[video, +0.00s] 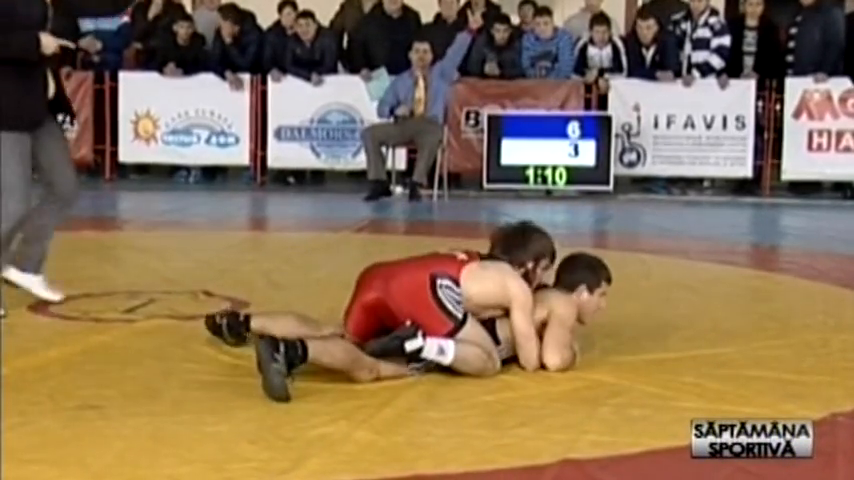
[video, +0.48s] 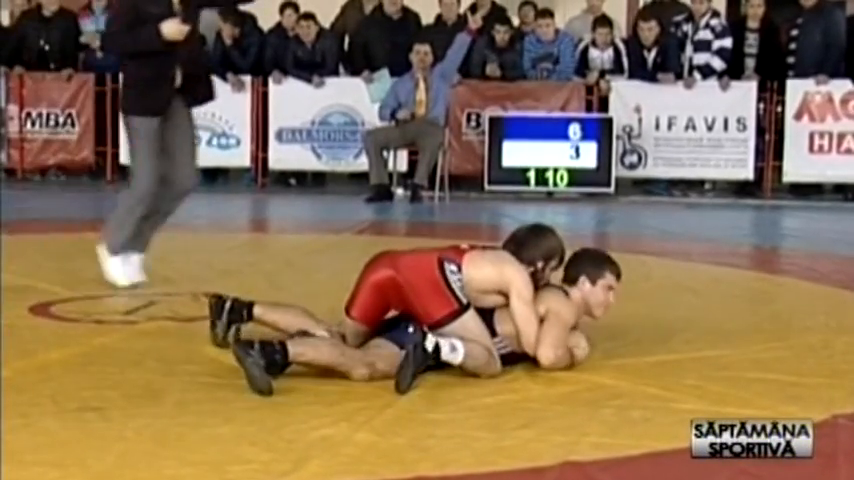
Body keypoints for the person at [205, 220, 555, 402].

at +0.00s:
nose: (545, 272)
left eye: (547, 265)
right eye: (545, 265)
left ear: (504, 253)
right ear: (532, 264)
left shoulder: (475, 264)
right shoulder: (515, 285)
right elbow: (528, 360)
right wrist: (536, 324)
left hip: (374, 280)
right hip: (413, 288)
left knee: (349, 347)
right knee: (483, 361)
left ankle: (247, 321)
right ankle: (417, 345)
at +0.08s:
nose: (549, 266)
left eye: (551, 259)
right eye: (549, 259)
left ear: (505, 249)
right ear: (536, 260)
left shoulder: (481, 262)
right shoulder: (518, 282)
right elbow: (529, 358)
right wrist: (544, 325)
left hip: (378, 274)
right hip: (413, 285)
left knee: (345, 341)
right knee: (484, 362)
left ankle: (245, 316)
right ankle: (416, 342)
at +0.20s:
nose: (554, 268)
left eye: (555, 261)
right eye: (553, 261)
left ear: (514, 247)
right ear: (541, 261)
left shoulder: (491, 259)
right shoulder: (522, 273)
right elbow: (530, 343)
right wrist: (544, 312)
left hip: (389, 266)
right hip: (423, 277)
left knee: (347, 338)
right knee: (489, 363)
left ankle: (241, 311)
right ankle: (418, 337)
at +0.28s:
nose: (555, 273)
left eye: (556, 267)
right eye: (556, 266)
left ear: (518, 247)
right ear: (544, 262)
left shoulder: (490, 259)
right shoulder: (523, 272)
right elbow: (533, 340)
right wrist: (563, 342)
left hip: (390, 265)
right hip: (429, 274)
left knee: (346, 341)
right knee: (489, 362)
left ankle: (240, 312)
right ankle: (422, 334)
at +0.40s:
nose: (609, 301)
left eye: (612, 295)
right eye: (605, 291)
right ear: (579, 283)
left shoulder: (558, 299)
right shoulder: (559, 304)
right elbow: (548, 354)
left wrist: (570, 340)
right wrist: (571, 353)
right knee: (368, 366)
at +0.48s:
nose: (612, 299)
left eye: (614, 291)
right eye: (608, 289)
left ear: (582, 286)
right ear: (583, 285)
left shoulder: (557, 298)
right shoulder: (561, 306)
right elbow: (548, 358)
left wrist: (572, 341)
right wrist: (572, 353)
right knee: (368, 365)